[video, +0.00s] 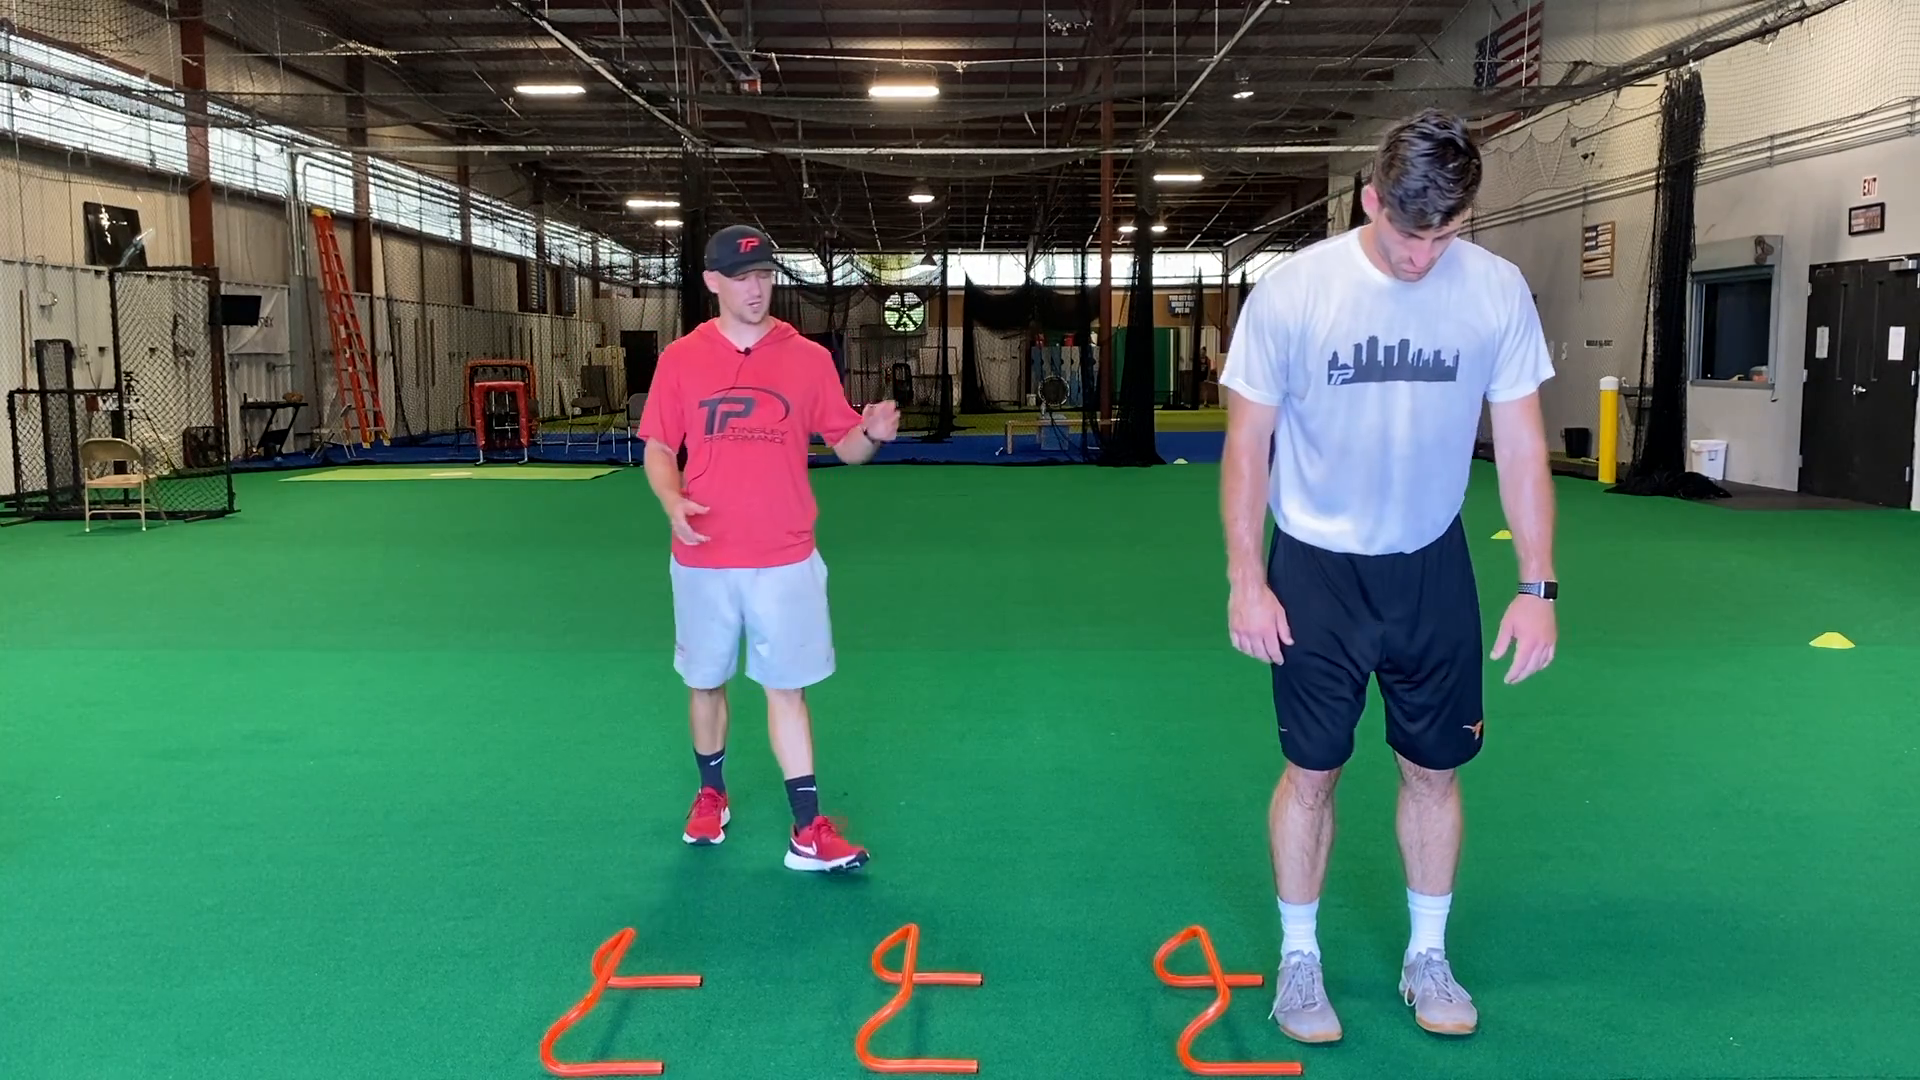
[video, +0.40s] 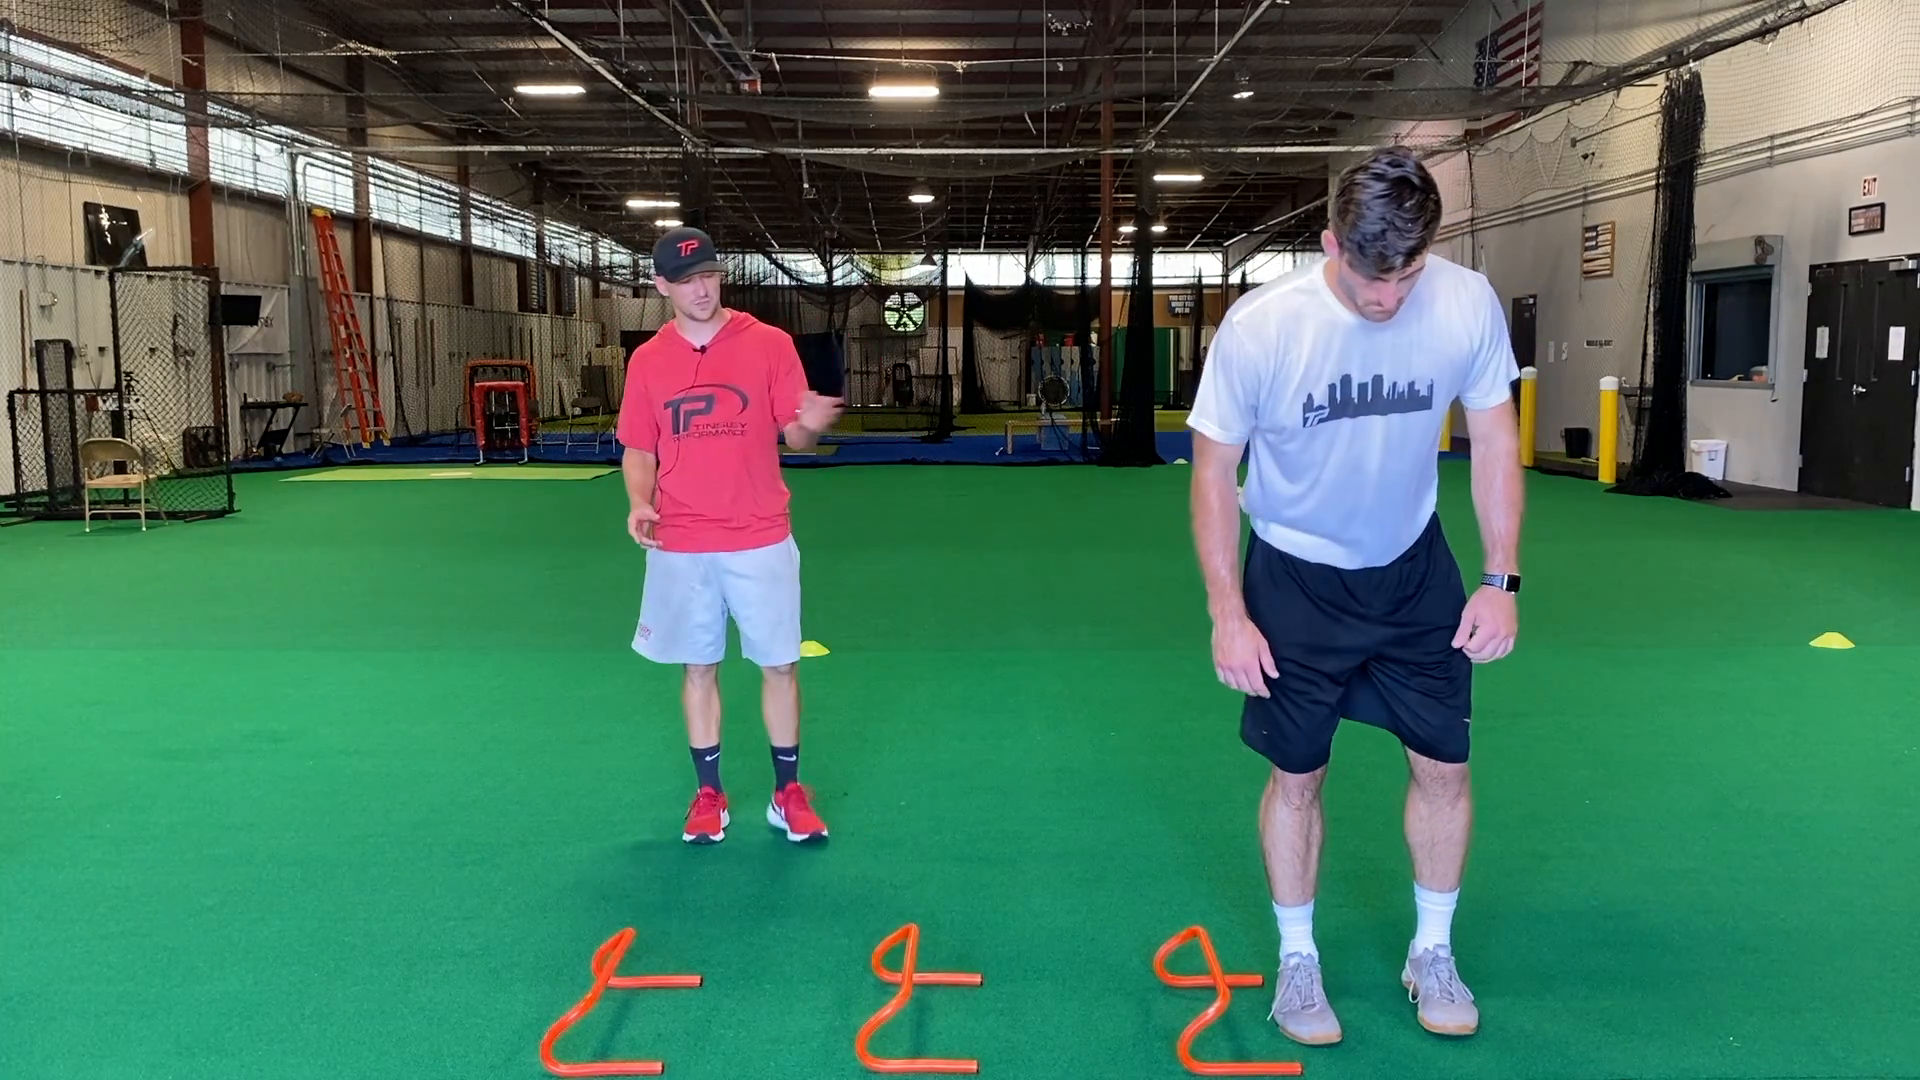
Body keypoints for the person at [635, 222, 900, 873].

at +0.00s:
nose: (756, 286)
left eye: (764, 274)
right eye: (742, 275)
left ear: (775, 278)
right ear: (713, 282)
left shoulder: (807, 359)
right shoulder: (681, 360)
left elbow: (848, 449)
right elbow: (658, 447)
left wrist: (872, 433)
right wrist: (672, 500)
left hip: (785, 556)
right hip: (703, 557)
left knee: (787, 685)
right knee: (704, 680)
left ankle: (808, 827)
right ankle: (710, 796)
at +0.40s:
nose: (702, 287)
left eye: (708, 273)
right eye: (687, 279)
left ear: (722, 275)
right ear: (663, 286)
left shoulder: (769, 343)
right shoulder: (648, 361)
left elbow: (796, 441)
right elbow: (639, 447)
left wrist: (812, 425)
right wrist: (640, 501)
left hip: (761, 537)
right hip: (683, 544)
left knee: (780, 664)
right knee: (699, 665)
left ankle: (789, 791)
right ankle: (709, 794)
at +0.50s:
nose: (703, 287)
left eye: (710, 275)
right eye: (689, 279)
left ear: (722, 276)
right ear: (664, 287)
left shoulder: (768, 343)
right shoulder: (648, 361)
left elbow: (803, 432)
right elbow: (638, 448)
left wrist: (761, 403)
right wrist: (641, 500)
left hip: (761, 536)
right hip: (683, 542)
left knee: (780, 659)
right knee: (699, 662)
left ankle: (780, 767)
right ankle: (708, 791)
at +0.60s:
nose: (706, 286)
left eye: (714, 273)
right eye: (692, 278)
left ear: (726, 276)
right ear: (667, 285)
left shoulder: (768, 342)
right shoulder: (651, 360)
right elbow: (640, 445)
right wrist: (643, 497)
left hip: (761, 536)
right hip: (685, 541)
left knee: (778, 656)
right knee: (700, 659)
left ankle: (771, 741)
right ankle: (707, 790)